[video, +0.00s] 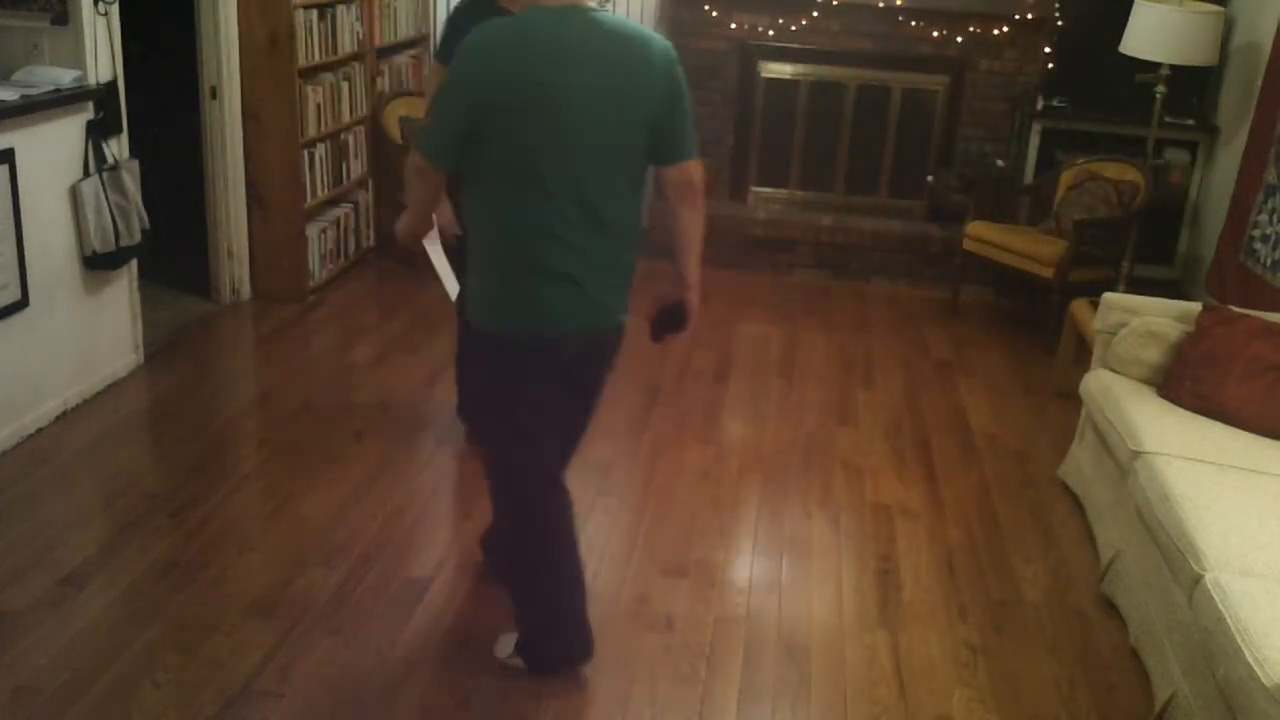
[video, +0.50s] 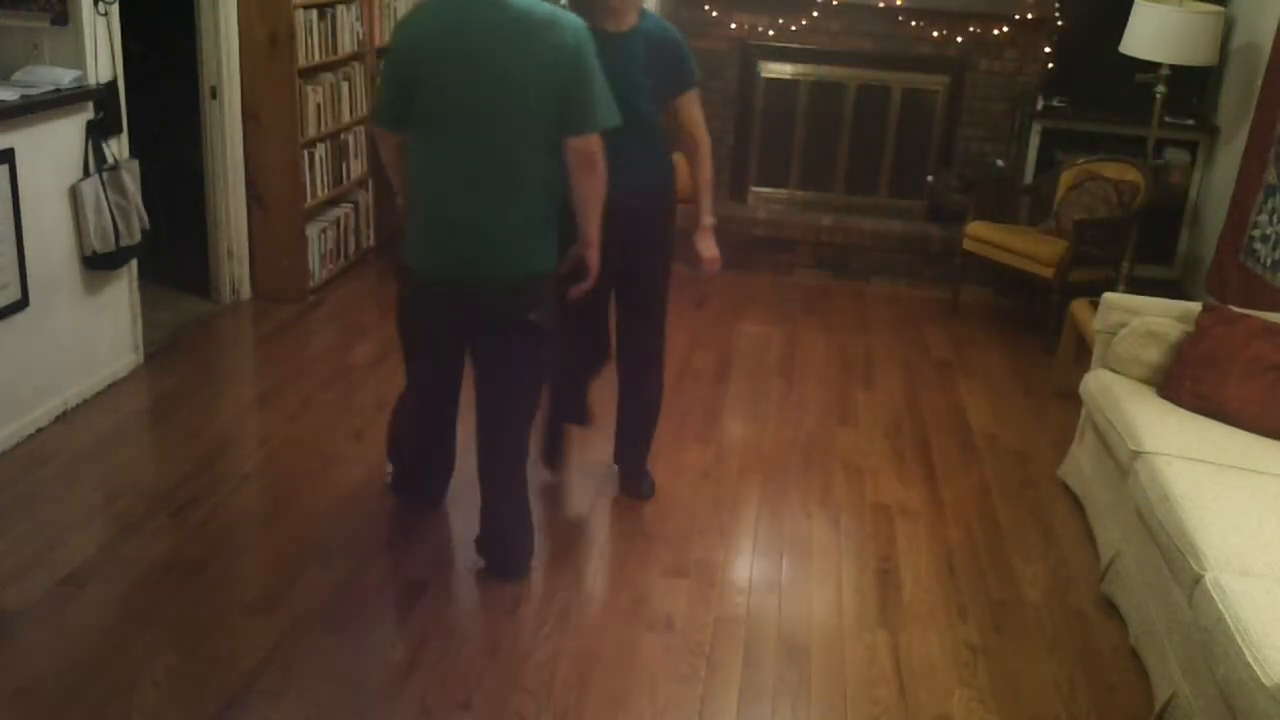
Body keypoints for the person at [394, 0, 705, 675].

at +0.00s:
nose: (495, 6)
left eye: (497, 2)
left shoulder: (488, 47)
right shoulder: (650, 54)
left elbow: (427, 165)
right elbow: (685, 182)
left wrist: (416, 220)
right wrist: (688, 286)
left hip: (506, 304)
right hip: (597, 305)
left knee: (523, 466)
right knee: (542, 447)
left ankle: (558, 640)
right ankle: (511, 543)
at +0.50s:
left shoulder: (419, 26)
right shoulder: (563, 32)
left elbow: (390, 135)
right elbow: (585, 151)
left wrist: (414, 205)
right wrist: (590, 238)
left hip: (432, 251)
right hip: (522, 257)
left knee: (428, 380)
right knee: (509, 413)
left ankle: (418, 485)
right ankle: (505, 552)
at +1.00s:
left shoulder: (382, 11)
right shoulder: (501, 13)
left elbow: (379, 95)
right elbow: (517, 107)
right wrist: (542, 193)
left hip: (403, 215)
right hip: (481, 211)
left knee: (416, 348)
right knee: (477, 310)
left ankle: (422, 473)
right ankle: (486, 410)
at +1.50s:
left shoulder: (377, 10)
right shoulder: (497, 7)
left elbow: (314, 74)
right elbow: (549, 67)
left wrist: (281, 126)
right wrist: (570, 107)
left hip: (404, 187)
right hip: (476, 184)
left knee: (393, 297)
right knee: (473, 302)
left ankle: (372, 386)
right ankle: (484, 408)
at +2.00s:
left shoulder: (322, 5)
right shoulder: (393, 5)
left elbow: (304, 77)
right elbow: (403, 59)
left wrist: (279, 155)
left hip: (340, 159)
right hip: (385, 152)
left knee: (336, 270)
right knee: (367, 265)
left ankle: (359, 376)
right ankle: (378, 367)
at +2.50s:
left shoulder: (325, 8)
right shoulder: (249, 8)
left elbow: (367, 70)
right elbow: (236, 48)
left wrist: (377, 154)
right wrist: (210, 103)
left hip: (315, 154)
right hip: (266, 151)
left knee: (315, 260)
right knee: (277, 258)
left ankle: (344, 361)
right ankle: (296, 353)